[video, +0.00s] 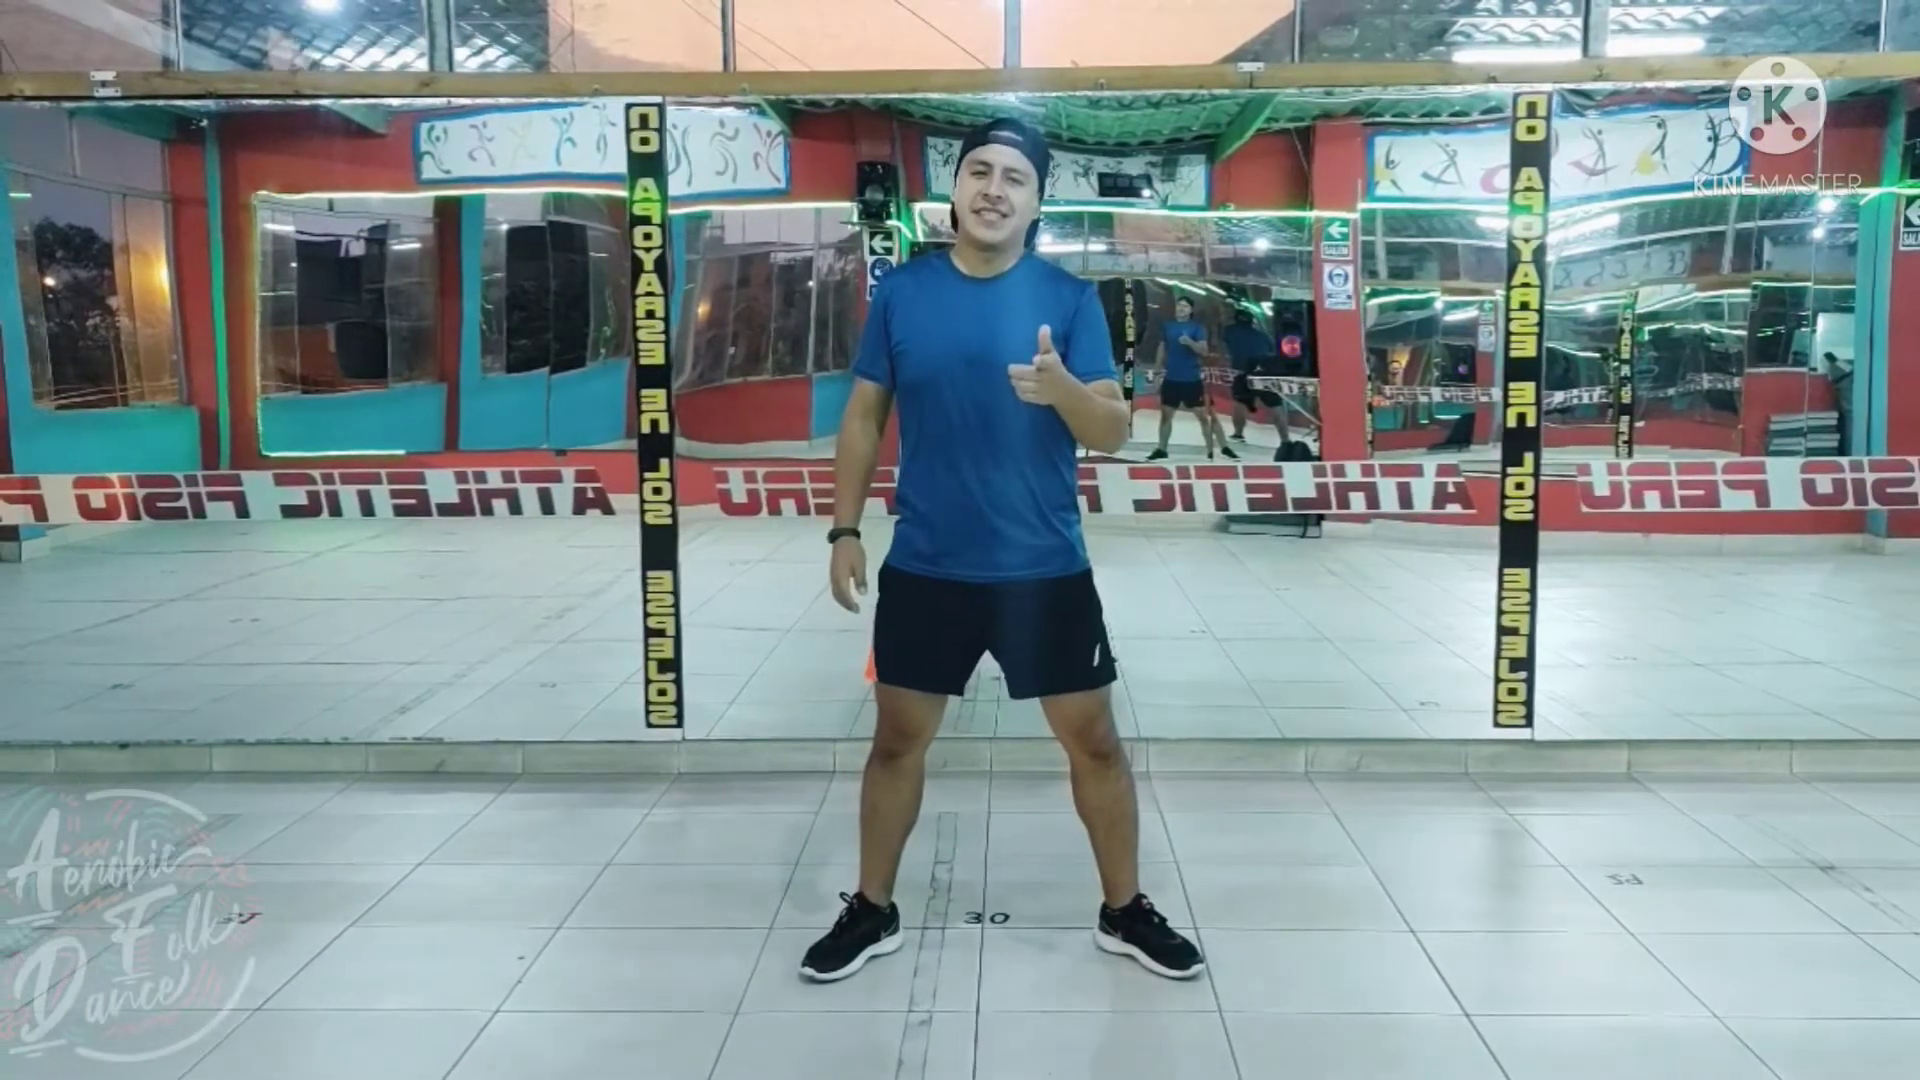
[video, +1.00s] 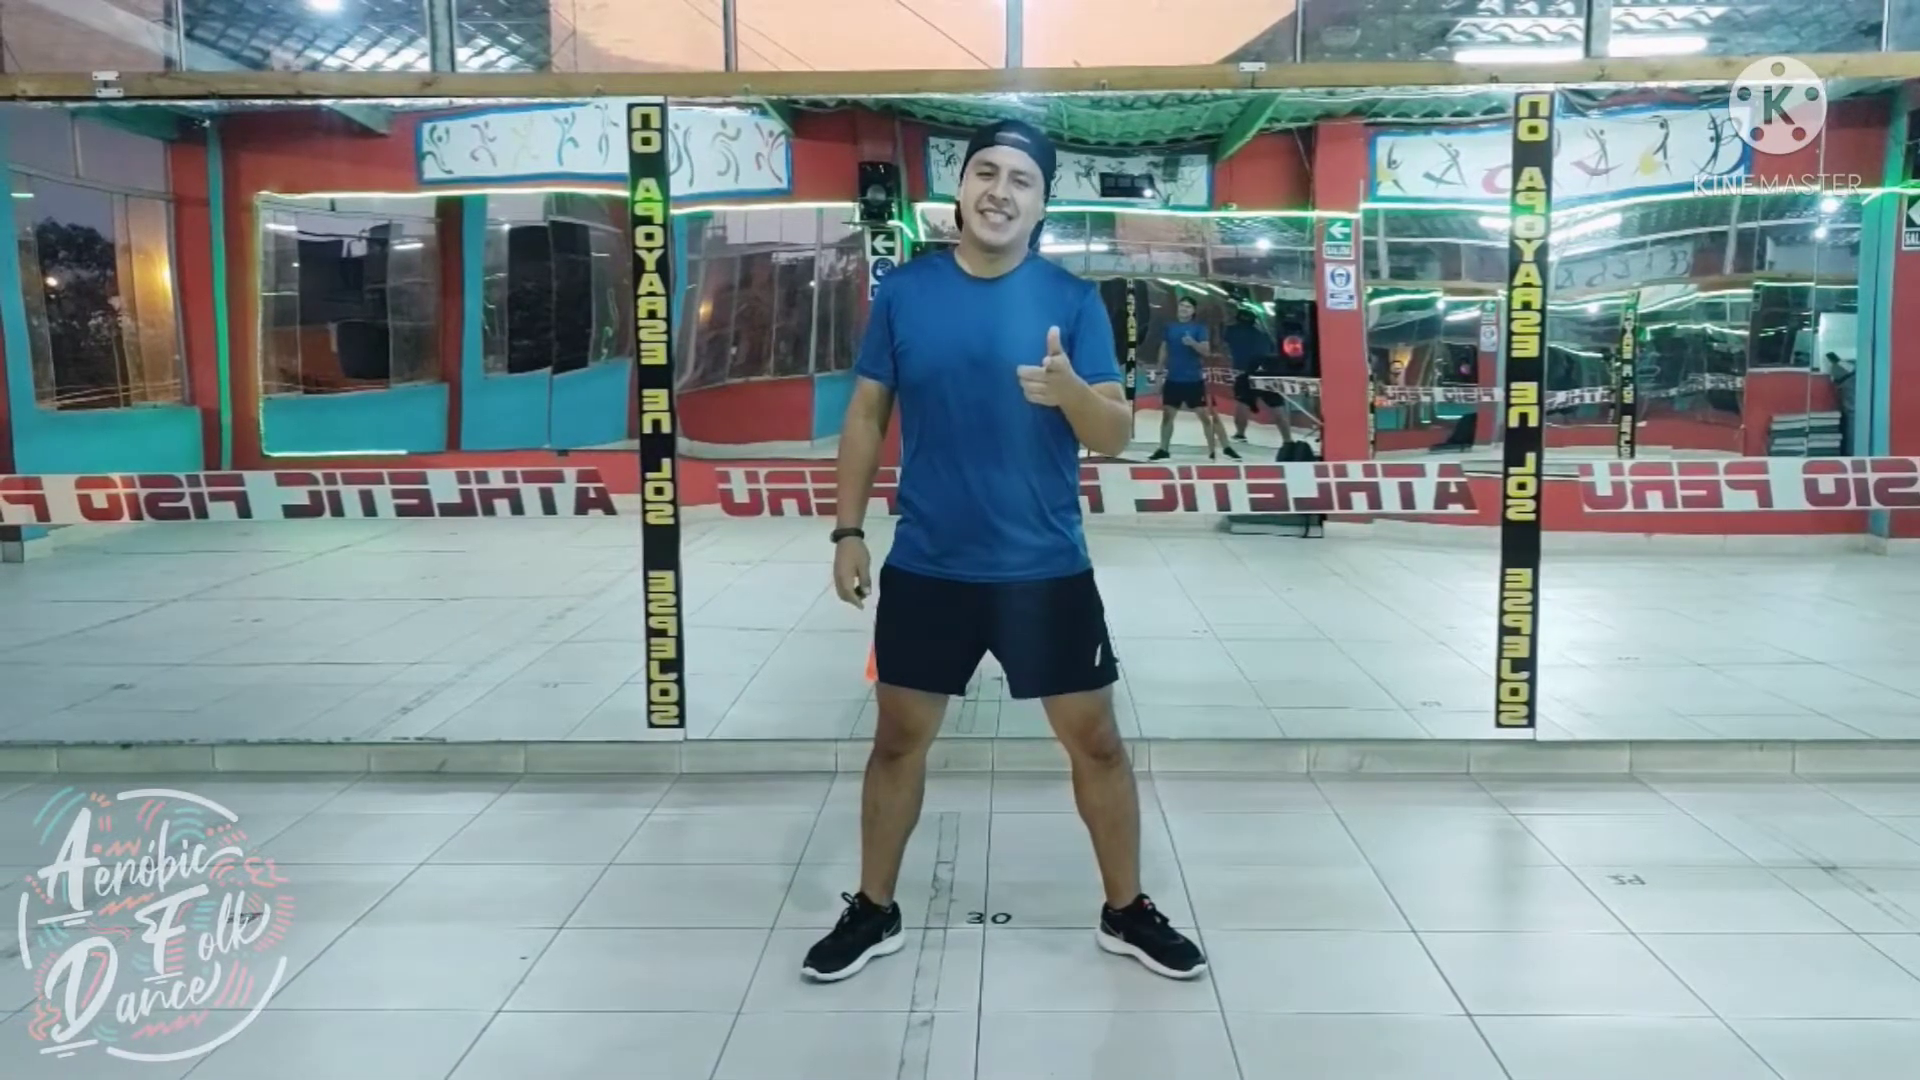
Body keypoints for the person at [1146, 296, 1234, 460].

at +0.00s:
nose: (1181, 309)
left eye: (1185, 306)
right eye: (1179, 306)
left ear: (1191, 310)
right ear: (1175, 308)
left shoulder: (1198, 328)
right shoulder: (1167, 327)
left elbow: (1204, 350)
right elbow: (1162, 347)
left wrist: (1190, 343)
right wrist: (1157, 368)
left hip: (1192, 379)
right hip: (1172, 378)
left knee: (1203, 416)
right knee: (1165, 415)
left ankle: (1211, 450)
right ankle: (1162, 448)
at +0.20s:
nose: (1182, 309)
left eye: (1186, 306)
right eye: (1180, 305)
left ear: (1191, 310)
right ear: (1175, 308)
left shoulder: (1198, 328)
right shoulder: (1168, 327)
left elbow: (1204, 350)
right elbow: (1162, 348)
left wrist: (1190, 343)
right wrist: (1157, 368)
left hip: (1192, 379)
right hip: (1172, 378)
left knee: (1203, 415)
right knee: (1166, 415)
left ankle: (1211, 450)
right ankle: (1162, 448)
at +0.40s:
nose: (1182, 309)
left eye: (1186, 307)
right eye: (1180, 306)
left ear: (1192, 310)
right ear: (1176, 308)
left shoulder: (1199, 328)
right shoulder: (1169, 328)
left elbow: (1204, 350)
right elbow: (1162, 348)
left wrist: (1190, 343)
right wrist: (1158, 368)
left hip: (1192, 379)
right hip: (1172, 378)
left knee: (1203, 416)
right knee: (1166, 415)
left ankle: (1212, 450)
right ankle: (1162, 448)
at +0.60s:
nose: (1183, 309)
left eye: (1186, 307)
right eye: (1181, 306)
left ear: (1192, 311)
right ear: (1176, 308)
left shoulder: (1199, 328)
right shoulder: (1169, 327)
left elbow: (1205, 350)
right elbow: (1163, 348)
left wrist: (1191, 343)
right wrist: (1159, 367)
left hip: (1193, 379)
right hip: (1173, 378)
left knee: (1203, 415)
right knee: (1167, 415)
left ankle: (1212, 450)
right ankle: (1163, 448)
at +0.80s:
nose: (1183, 309)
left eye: (1187, 307)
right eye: (1181, 306)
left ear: (1193, 311)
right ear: (1177, 308)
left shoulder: (1200, 329)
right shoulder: (1170, 328)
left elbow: (1206, 350)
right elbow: (1163, 348)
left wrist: (1192, 343)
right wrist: (1159, 367)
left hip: (1193, 379)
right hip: (1173, 378)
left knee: (1204, 415)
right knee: (1167, 414)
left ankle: (1212, 450)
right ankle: (1163, 448)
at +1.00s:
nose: (1184, 309)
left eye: (1187, 307)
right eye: (1182, 306)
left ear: (1193, 311)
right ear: (1177, 308)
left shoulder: (1200, 329)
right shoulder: (1170, 328)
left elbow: (1206, 351)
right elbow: (1164, 349)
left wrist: (1193, 343)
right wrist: (1160, 368)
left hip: (1194, 379)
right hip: (1173, 378)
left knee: (1204, 415)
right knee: (1167, 414)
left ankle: (1212, 450)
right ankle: (1163, 448)